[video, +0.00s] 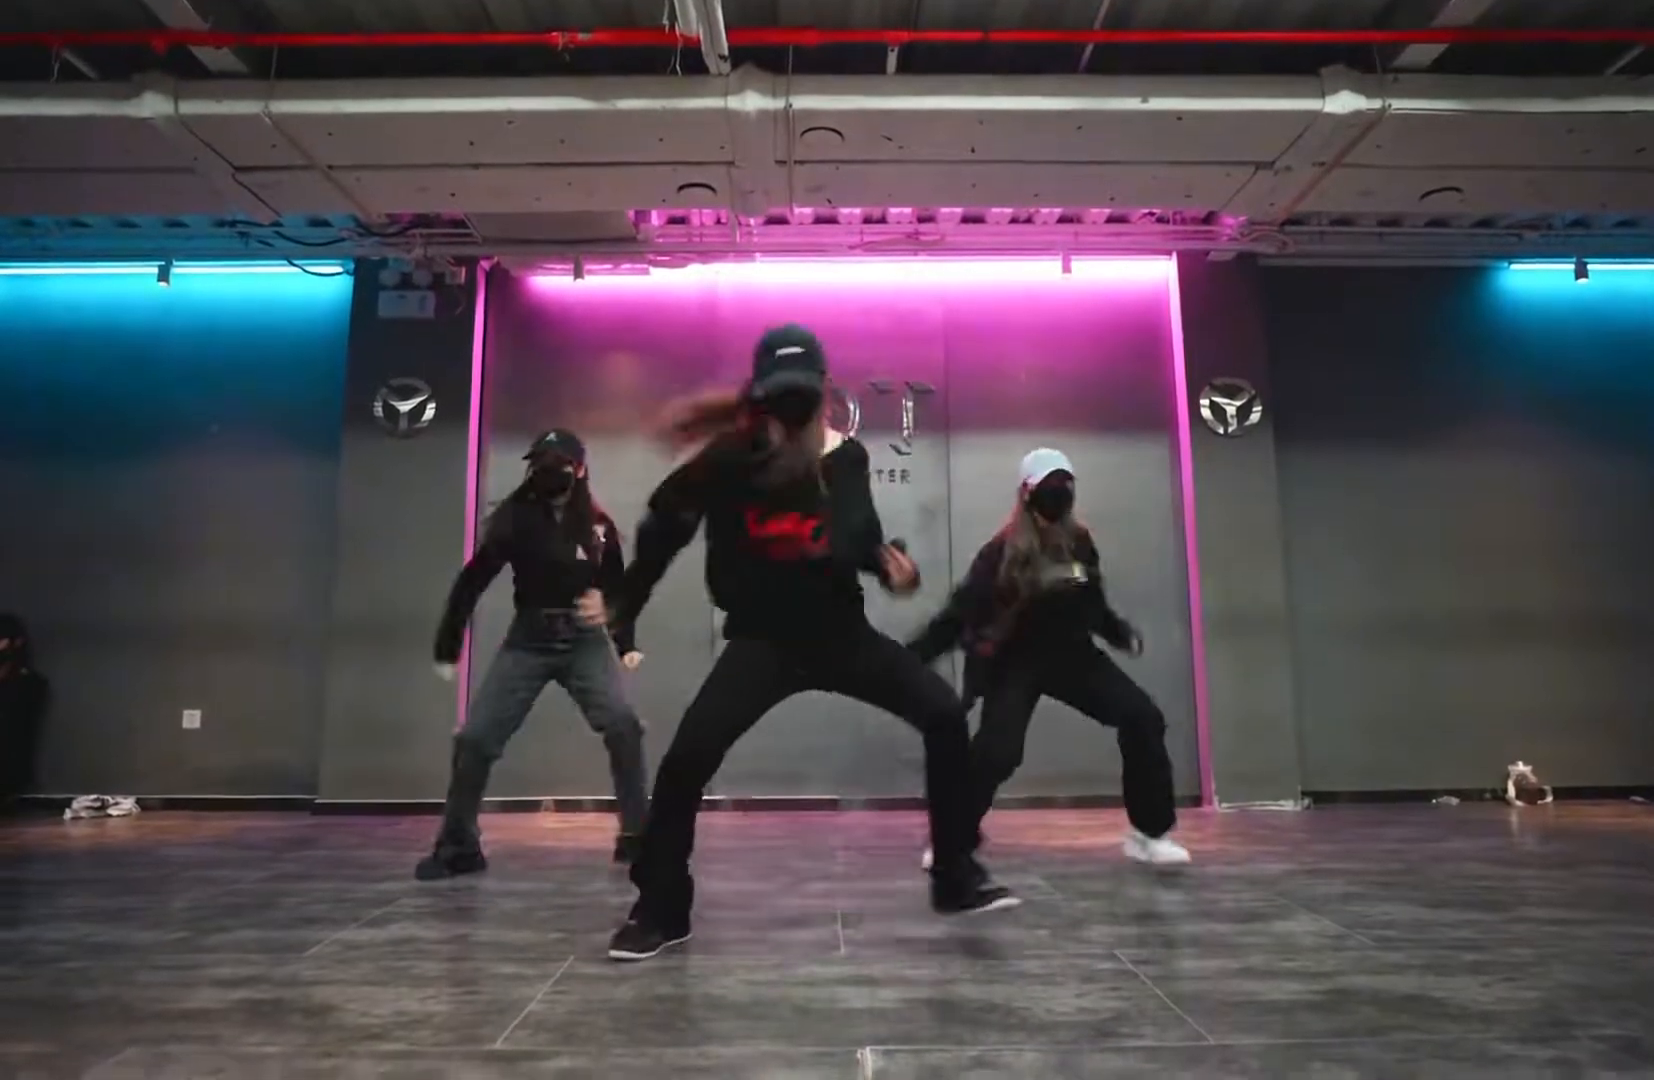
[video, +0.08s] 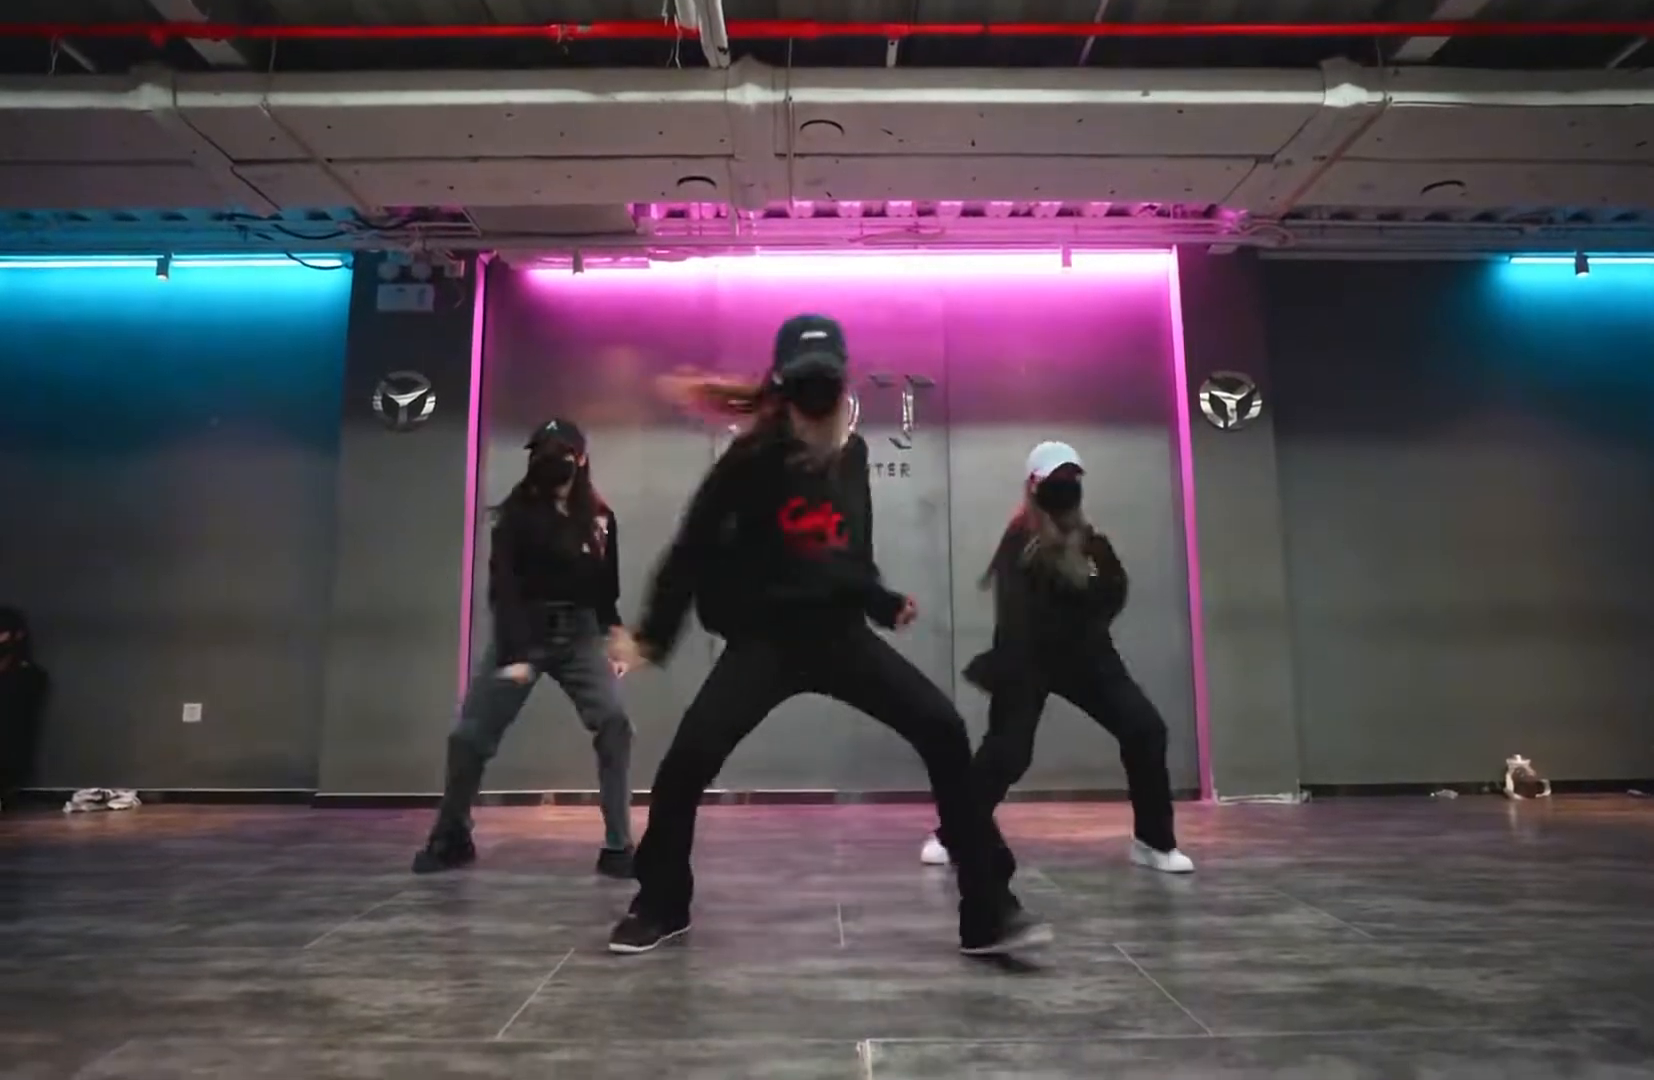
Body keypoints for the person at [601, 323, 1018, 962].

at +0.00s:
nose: (789, 413)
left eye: (801, 398)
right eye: (776, 399)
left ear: (823, 393)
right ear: (756, 398)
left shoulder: (842, 459)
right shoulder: (724, 463)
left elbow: (863, 541)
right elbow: (662, 531)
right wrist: (623, 611)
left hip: (842, 638)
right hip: (760, 644)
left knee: (944, 713)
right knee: (686, 759)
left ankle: (956, 875)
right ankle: (661, 912)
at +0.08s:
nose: (816, 395)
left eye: (827, 381)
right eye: (803, 383)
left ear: (845, 380)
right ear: (782, 386)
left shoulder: (852, 456)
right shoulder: (751, 460)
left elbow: (845, 554)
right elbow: (691, 548)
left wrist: (883, 599)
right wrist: (654, 635)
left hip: (841, 640)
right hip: (762, 646)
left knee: (943, 730)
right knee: (683, 764)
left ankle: (987, 909)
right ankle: (659, 909)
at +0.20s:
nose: (830, 369)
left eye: (842, 356)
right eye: (817, 357)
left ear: (858, 360)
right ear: (795, 362)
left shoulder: (864, 437)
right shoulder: (773, 433)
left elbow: (865, 541)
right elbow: (779, 532)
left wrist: (835, 627)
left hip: (859, 632)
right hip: (777, 635)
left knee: (967, 744)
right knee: (693, 765)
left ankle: (993, 913)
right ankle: (660, 898)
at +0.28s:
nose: (828, 352)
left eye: (840, 339)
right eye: (815, 341)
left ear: (858, 344)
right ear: (795, 348)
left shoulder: (886, 426)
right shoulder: (773, 421)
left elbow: (894, 521)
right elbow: (756, 505)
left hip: (871, 634)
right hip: (784, 634)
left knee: (968, 744)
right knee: (689, 750)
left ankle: (993, 910)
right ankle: (660, 882)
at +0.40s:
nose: (823, 324)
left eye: (835, 313)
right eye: (809, 313)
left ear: (854, 327)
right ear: (787, 328)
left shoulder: (889, 423)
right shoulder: (754, 413)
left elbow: (922, 526)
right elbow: (683, 467)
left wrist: (912, 604)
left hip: (874, 621)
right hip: (781, 627)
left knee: (979, 727)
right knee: (709, 754)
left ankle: (1009, 903)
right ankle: (698, 910)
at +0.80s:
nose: (811, 303)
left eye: (824, 292)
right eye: (799, 292)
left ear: (843, 300)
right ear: (779, 300)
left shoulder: (880, 387)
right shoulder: (738, 385)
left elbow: (937, 482)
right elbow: (652, 384)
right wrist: (611, 312)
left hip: (868, 589)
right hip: (773, 591)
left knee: (942, 737)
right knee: (698, 740)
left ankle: (1002, 902)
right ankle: (634, 906)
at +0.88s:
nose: (810, 302)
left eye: (822, 289)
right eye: (798, 290)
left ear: (841, 295)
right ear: (776, 295)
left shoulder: (880, 383)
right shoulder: (730, 377)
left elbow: (935, 485)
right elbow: (649, 371)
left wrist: (953, 511)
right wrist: (612, 285)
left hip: (868, 588)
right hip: (771, 590)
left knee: (942, 732)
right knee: (698, 738)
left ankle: (1004, 899)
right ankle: (634, 904)